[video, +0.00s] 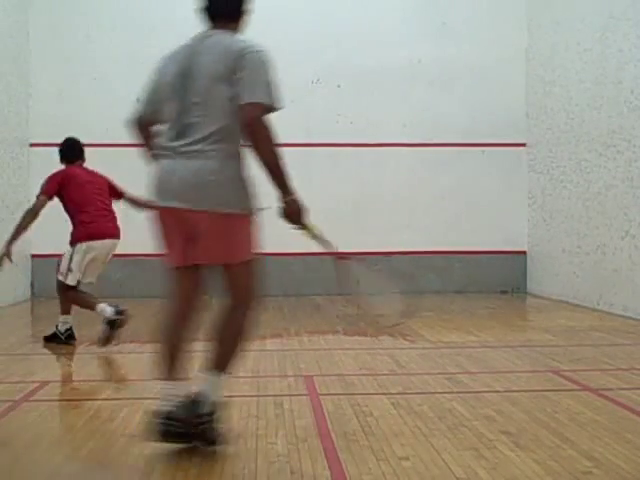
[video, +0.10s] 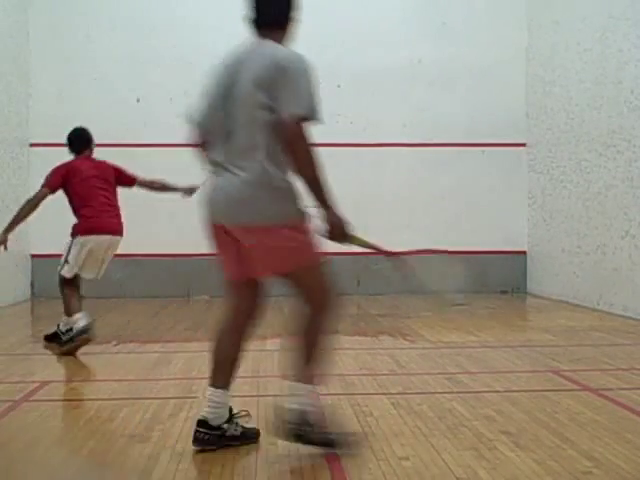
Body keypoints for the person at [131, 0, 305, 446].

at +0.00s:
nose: (241, 13)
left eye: (230, 9)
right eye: (243, 9)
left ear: (206, 12)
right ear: (242, 12)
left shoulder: (177, 56)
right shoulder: (246, 53)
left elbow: (141, 120)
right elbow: (252, 120)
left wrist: (164, 162)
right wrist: (287, 192)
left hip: (171, 189)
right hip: (221, 192)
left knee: (185, 293)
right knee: (242, 295)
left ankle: (170, 403)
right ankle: (204, 399)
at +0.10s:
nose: (289, 20)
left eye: (278, 14)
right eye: (290, 14)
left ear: (254, 19)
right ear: (289, 19)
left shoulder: (232, 62)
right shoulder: (288, 62)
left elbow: (203, 134)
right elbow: (292, 136)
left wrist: (234, 176)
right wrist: (328, 209)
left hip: (222, 206)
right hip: (267, 206)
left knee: (243, 300)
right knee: (319, 296)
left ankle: (214, 417)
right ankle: (301, 409)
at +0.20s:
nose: (347, 40)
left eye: (339, 31)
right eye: (346, 33)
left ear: (309, 34)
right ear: (342, 35)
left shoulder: (291, 80)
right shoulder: (337, 81)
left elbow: (279, 154)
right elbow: (340, 153)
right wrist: (388, 222)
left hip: (275, 223)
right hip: (319, 226)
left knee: (271, 315)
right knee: (387, 306)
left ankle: (218, 416)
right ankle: (422, 418)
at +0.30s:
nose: (410, 41)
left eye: (404, 31)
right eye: (409, 33)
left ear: (372, 35)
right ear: (404, 36)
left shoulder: (352, 82)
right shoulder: (398, 83)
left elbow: (350, 157)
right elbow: (401, 155)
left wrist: (411, 198)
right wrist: (453, 223)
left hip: (344, 224)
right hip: (388, 227)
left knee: (330, 315)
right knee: (442, 311)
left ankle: (255, 387)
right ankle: (459, 426)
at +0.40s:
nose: (478, 43)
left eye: (475, 34)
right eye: (477, 35)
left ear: (439, 34)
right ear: (471, 37)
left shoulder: (416, 79)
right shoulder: (460, 83)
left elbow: (408, 154)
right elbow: (473, 159)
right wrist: (529, 222)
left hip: (406, 217)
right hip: (443, 219)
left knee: (429, 311)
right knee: (484, 312)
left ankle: (353, 371)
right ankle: (463, 427)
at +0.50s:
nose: (540, 45)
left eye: (539, 36)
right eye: (539, 36)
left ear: (503, 33)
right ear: (530, 37)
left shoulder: (472, 76)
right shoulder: (517, 82)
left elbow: (440, 145)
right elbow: (538, 159)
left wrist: (446, 200)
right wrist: (599, 210)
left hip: (459, 210)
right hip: (491, 211)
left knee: (512, 303)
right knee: (515, 311)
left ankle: (477, 394)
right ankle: (466, 422)